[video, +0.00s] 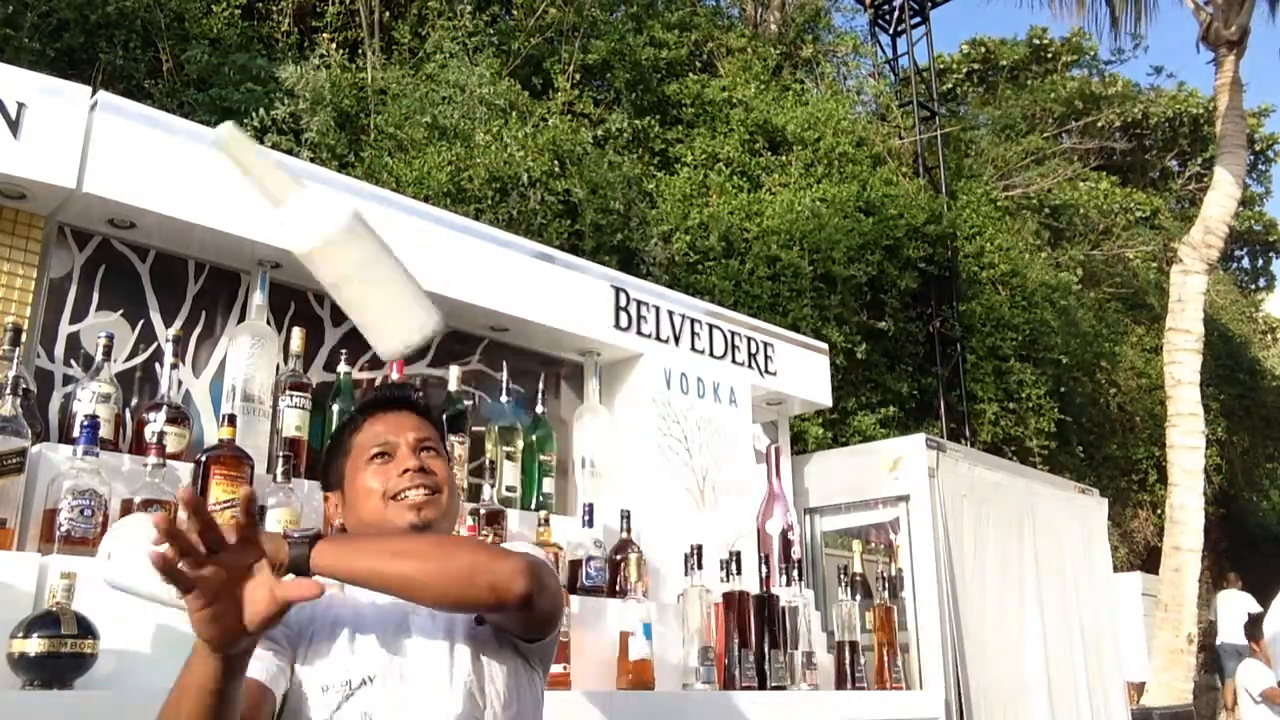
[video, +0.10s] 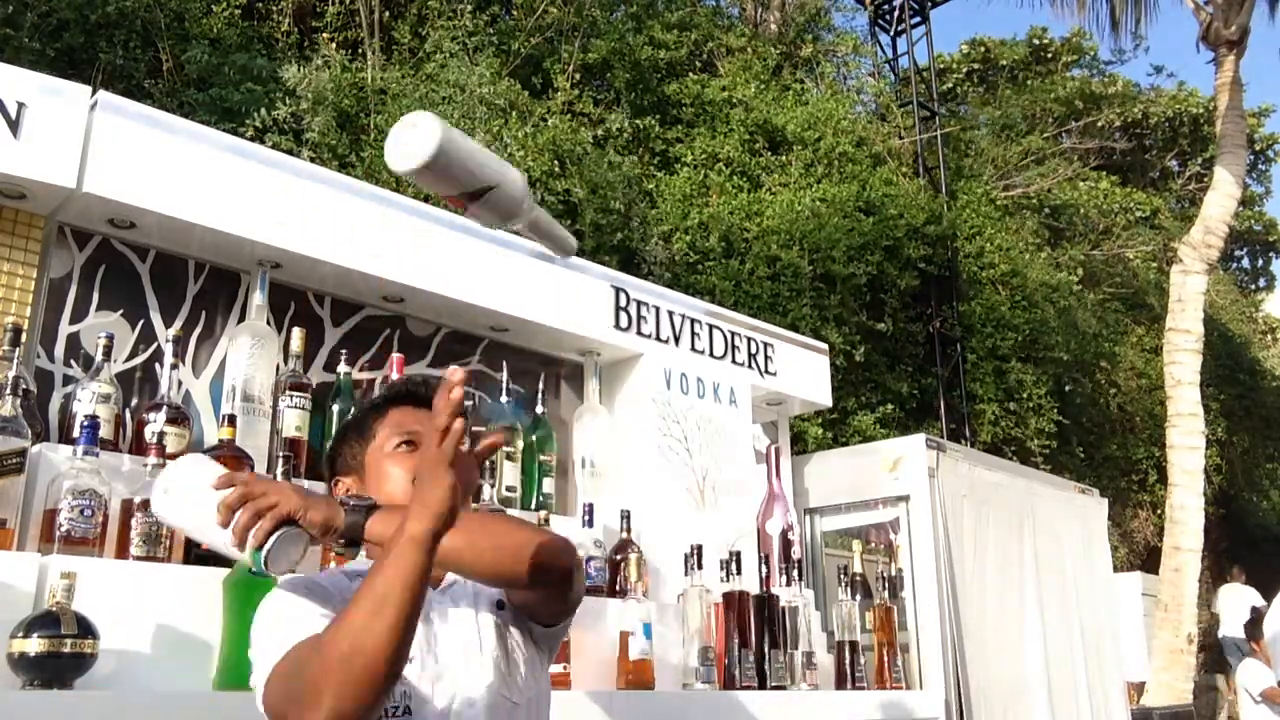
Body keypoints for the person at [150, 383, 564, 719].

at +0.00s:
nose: (414, 463)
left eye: (429, 450)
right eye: (381, 455)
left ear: (455, 486)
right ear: (337, 509)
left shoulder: (506, 589)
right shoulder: (297, 606)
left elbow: (515, 581)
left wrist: (293, 551)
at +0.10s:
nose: (437, 464)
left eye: (453, 450)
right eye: (408, 445)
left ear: (475, 484)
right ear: (348, 489)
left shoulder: (509, 601)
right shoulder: (296, 601)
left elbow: (554, 562)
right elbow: (315, 709)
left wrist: (341, 517)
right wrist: (423, 523)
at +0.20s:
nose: (479, 451)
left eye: (479, 438)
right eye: (445, 438)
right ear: (383, 470)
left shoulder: (501, 573)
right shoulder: (353, 580)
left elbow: (608, 555)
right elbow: (512, 628)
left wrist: (427, 493)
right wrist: (615, 440)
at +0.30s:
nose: (498, 456)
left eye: (499, 437)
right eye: (478, 437)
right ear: (421, 467)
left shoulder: (491, 561)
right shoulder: (423, 565)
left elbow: (643, 561)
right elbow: (640, 595)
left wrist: (543, 486)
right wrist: (729, 427)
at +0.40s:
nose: (558, 466)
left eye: (551, 450)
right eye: (537, 448)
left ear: (470, 459)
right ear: (470, 458)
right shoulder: (501, 562)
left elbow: (666, 609)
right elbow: (698, 635)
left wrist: (632, 507)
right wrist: (781, 502)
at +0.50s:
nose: (590, 483)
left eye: (582, 464)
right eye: (570, 462)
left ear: (507, 471)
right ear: (503, 469)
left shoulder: (479, 575)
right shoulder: (533, 588)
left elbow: (648, 651)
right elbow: (681, 709)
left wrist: (686, 531)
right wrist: (805, 678)